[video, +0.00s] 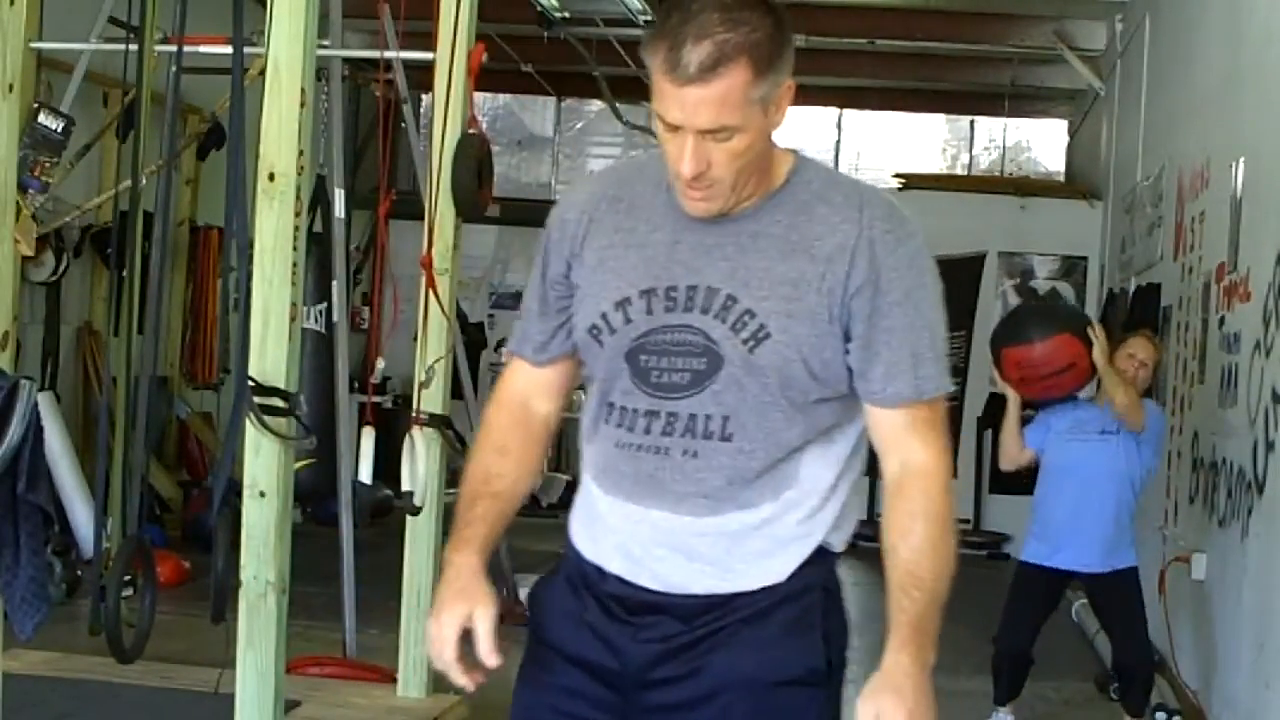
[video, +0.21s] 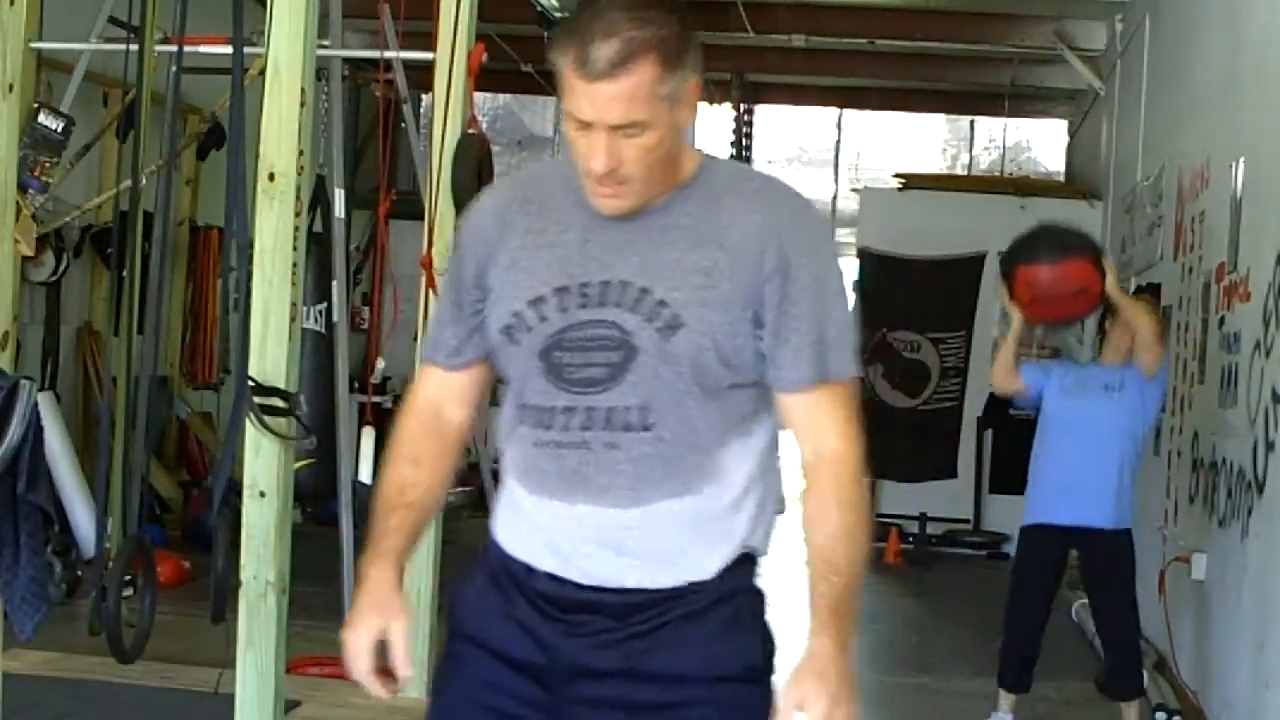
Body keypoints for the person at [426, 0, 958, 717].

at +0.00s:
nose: (688, 164)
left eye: (720, 134)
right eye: (668, 128)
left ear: (780, 104)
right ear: (653, 96)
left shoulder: (865, 235)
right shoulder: (590, 214)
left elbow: (914, 462)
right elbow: (528, 394)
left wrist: (908, 665)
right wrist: (465, 556)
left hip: (760, 635)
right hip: (587, 620)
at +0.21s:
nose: (601, 159)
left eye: (632, 130)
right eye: (581, 126)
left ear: (689, 101)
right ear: (561, 100)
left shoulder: (776, 232)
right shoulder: (498, 221)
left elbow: (831, 456)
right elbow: (439, 405)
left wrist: (829, 649)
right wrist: (380, 568)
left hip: (691, 635)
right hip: (511, 624)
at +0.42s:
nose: (527, 157)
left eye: (553, 125)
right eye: (504, 124)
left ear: (611, 91)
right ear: (479, 98)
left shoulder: (714, 212)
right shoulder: (431, 224)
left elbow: (765, 427)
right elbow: (372, 409)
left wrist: (747, 620)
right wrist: (317, 579)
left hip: (657, 621)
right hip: (479, 616)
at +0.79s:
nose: (550, 196)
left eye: (572, 160)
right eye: (525, 166)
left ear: (635, 120)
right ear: (504, 147)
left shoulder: (757, 238)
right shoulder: (494, 268)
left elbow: (817, 467)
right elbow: (441, 447)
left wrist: (759, 675)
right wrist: (367, 627)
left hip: (728, 636)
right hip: (555, 629)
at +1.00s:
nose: (577, 225)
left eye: (601, 191)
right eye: (553, 196)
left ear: (666, 151)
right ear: (535, 173)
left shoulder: (782, 265)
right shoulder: (528, 277)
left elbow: (830, 508)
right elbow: (490, 471)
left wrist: (772, 707)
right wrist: (439, 662)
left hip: (760, 630)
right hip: (592, 620)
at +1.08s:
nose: (564, 264)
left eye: (590, 230)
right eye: (544, 232)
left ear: (661, 188)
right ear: (526, 204)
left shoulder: (768, 293)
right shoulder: (515, 301)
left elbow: (815, 544)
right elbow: (489, 496)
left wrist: (765, 711)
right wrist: (452, 689)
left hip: (758, 633)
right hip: (597, 622)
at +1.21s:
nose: (528, 367)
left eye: (555, 331)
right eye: (510, 333)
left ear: (625, 288)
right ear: (490, 309)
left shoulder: (739, 366)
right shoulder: (477, 376)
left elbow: (777, 628)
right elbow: (468, 590)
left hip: (752, 638)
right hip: (588, 628)